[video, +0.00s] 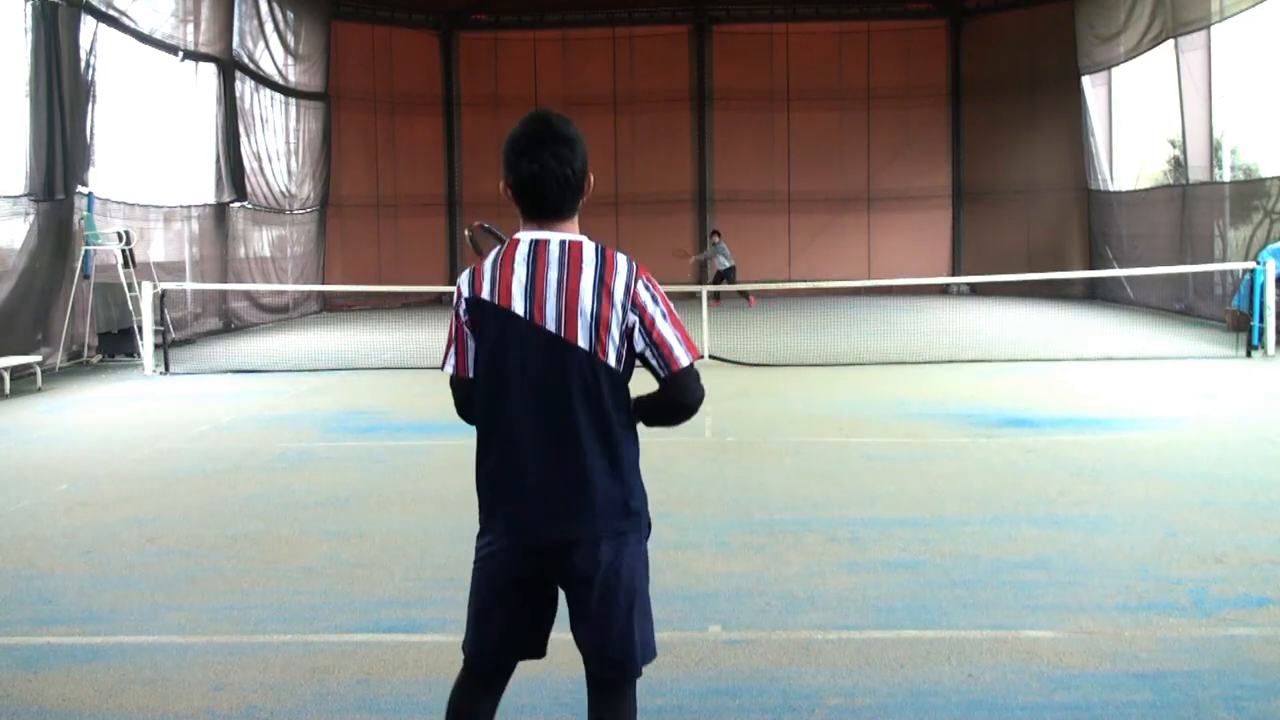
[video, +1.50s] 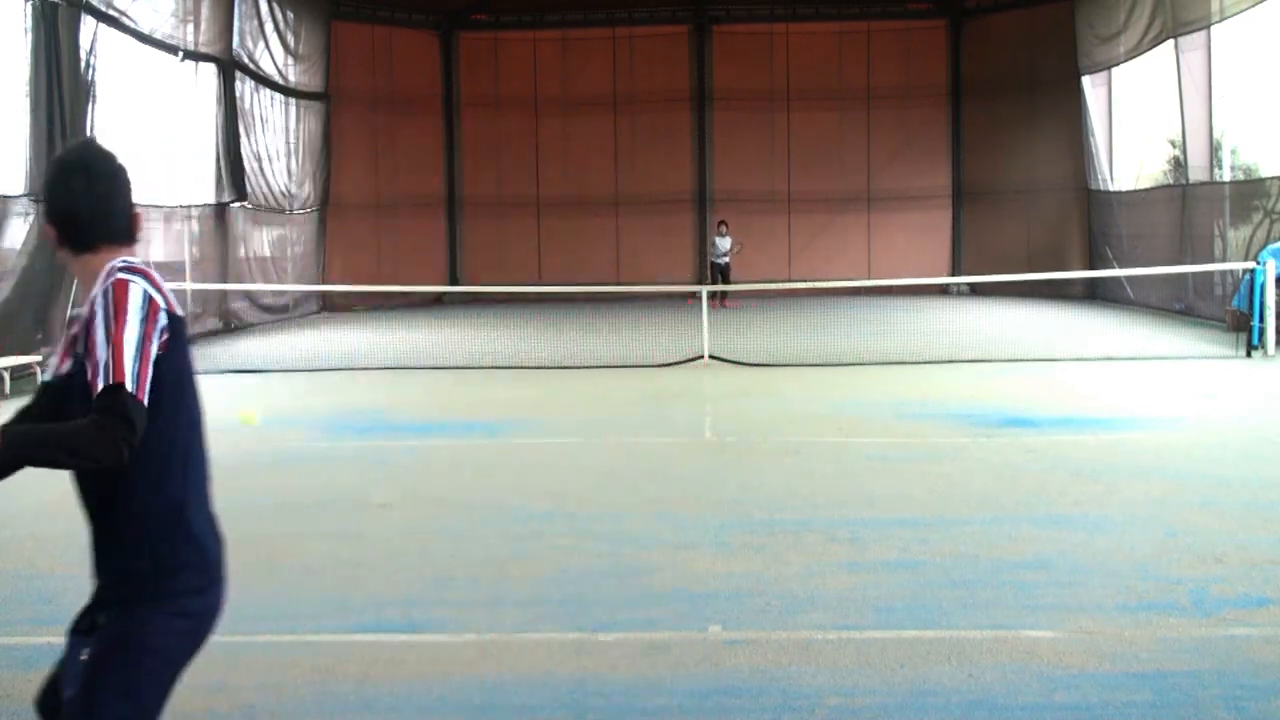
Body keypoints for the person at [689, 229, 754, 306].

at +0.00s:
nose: (714, 239)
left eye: (716, 237)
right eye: (713, 237)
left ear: (719, 237)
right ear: (711, 238)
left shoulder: (720, 246)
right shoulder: (714, 247)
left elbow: (709, 255)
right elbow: (708, 255)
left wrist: (696, 257)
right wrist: (696, 257)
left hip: (729, 267)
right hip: (721, 269)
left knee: (732, 284)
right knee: (715, 284)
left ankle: (748, 297)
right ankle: (716, 300)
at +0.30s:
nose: (715, 233)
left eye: (717, 231)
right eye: (714, 231)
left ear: (720, 231)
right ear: (712, 232)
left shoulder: (724, 238)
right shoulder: (713, 242)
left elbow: (727, 241)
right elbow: (713, 255)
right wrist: (707, 259)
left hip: (729, 262)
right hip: (719, 264)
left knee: (737, 282)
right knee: (716, 283)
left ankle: (748, 298)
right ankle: (717, 300)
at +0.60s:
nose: (725, 230)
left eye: (727, 228)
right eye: (724, 228)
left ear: (730, 228)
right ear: (722, 229)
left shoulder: (736, 238)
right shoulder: (723, 237)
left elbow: (744, 242)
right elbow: (730, 232)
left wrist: (747, 234)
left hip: (734, 261)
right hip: (724, 260)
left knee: (737, 281)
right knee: (718, 281)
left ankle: (739, 300)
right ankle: (714, 299)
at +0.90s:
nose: (736, 231)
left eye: (737, 229)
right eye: (734, 229)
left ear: (739, 230)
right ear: (731, 230)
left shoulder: (739, 240)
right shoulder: (733, 237)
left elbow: (742, 246)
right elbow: (739, 240)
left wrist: (747, 245)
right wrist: (749, 241)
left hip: (735, 264)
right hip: (727, 261)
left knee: (738, 283)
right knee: (720, 281)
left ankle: (738, 300)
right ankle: (713, 296)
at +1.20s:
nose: (731, 233)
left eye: (733, 231)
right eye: (729, 231)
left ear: (735, 232)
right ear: (727, 233)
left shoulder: (736, 242)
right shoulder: (727, 242)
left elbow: (735, 253)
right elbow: (728, 254)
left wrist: (738, 258)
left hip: (731, 264)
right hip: (723, 264)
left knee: (736, 282)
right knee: (721, 282)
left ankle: (738, 300)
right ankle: (715, 298)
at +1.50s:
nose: (722, 230)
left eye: (724, 227)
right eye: (721, 227)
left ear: (727, 229)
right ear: (718, 229)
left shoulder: (729, 239)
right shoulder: (715, 239)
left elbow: (730, 251)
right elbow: (710, 251)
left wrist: (736, 249)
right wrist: (721, 254)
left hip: (725, 263)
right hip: (715, 262)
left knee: (727, 282)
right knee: (715, 281)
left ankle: (723, 299)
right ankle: (714, 299)